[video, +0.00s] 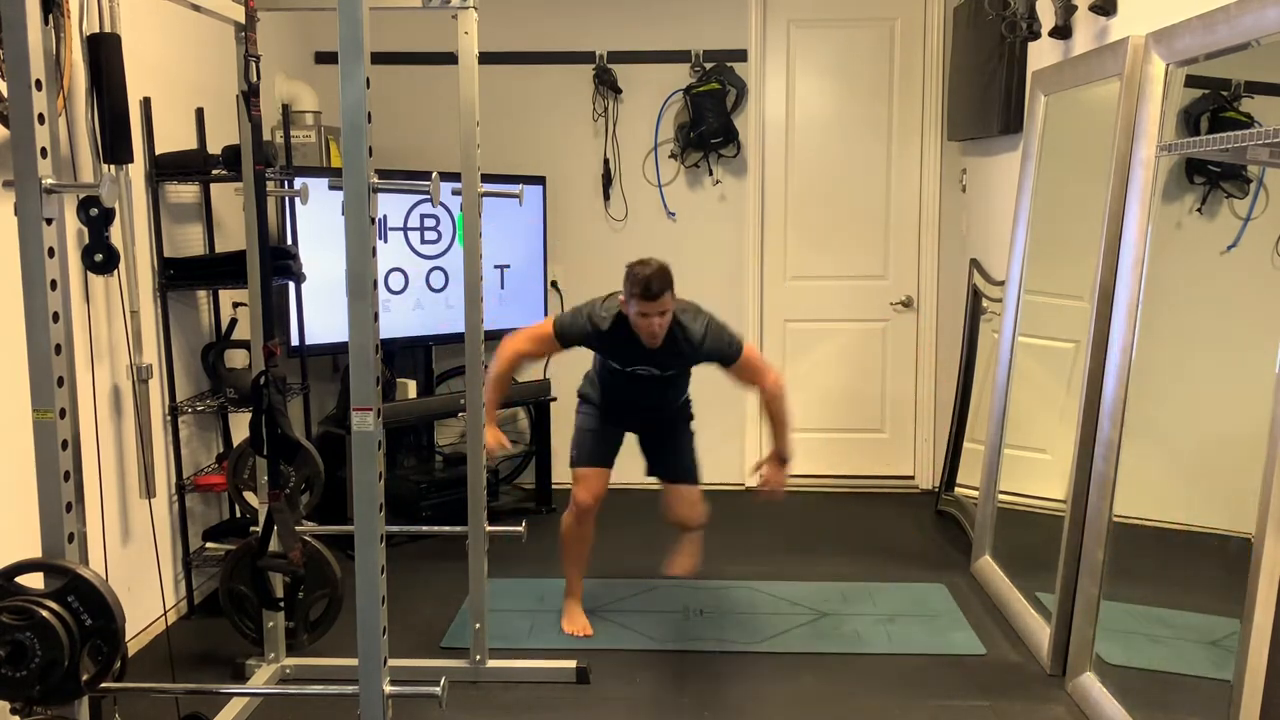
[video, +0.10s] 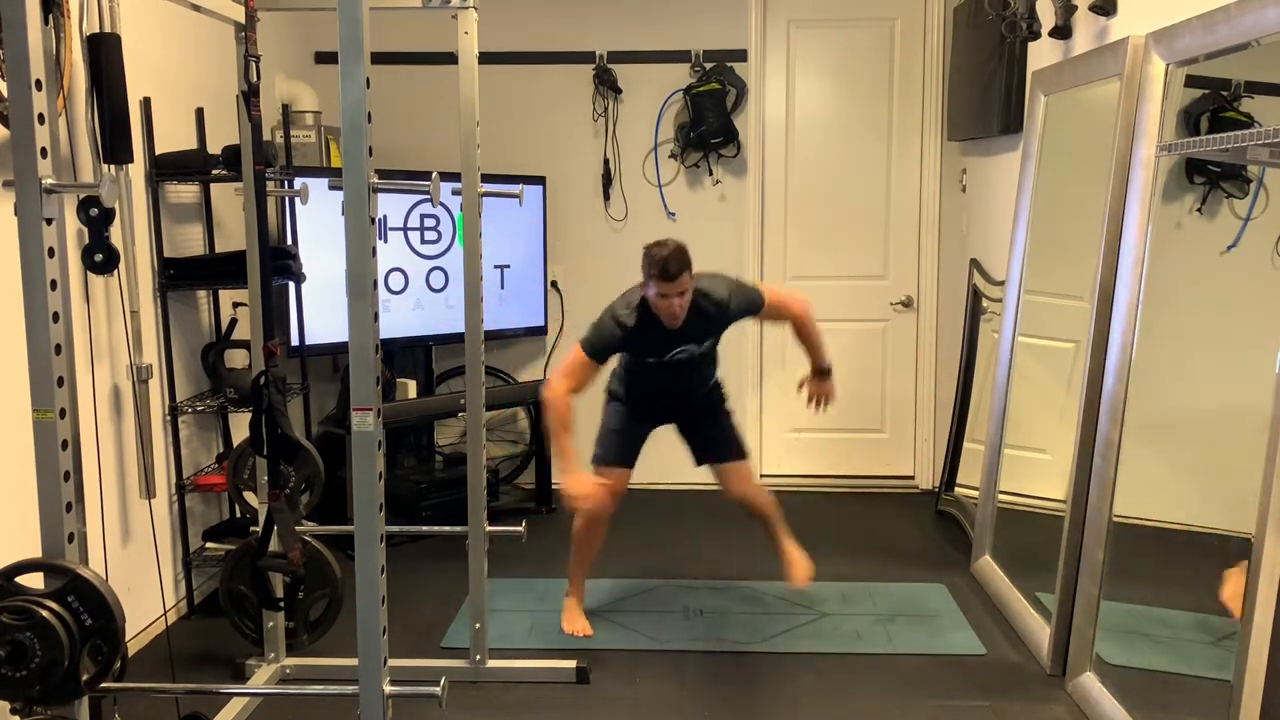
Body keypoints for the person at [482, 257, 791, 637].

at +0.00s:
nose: (657, 324)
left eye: (664, 313)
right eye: (646, 315)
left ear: (673, 302)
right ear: (625, 304)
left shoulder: (697, 328)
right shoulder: (598, 319)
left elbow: (770, 381)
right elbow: (513, 347)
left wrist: (780, 454)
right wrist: (489, 419)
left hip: (666, 411)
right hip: (604, 407)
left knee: (687, 514)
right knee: (585, 501)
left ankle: (692, 530)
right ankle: (573, 601)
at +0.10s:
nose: (675, 306)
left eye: (682, 295)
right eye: (664, 297)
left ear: (692, 282)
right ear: (646, 288)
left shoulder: (721, 298)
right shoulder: (620, 320)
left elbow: (797, 309)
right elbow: (557, 388)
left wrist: (821, 368)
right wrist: (570, 472)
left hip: (698, 396)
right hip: (633, 401)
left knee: (741, 487)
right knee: (599, 499)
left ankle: (786, 542)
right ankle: (574, 597)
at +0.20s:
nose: (708, 292)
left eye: (715, 280)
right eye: (698, 283)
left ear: (727, 267)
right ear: (680, 273)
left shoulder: (751, 267)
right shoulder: (660, 311)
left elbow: (810, 264)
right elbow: (641, 404)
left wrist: (824, 311)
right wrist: (702, 468)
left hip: (746, 374)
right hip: (683, 386)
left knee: (791, 475)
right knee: (642, 480)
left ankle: (851, 571)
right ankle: (596, 579)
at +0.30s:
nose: (751, 292)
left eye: (759, 281)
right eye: (740, 283)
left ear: (769, 267)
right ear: (719, 271)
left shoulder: (783, 263)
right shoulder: (702, 316)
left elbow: (818, 246)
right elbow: (731, 411)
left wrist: (818, 290)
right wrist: (817, 416)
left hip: (785, 379)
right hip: (726, 389)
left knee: (825, 487)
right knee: (700, 495)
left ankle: (875, 591)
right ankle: (697, 530)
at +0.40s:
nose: (787, 309)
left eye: (794, 297)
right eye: (775, 299)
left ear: (804, 284)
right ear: (754, 289)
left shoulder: (815, 285)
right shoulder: (741, 342)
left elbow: (814, 259)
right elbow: (815, 416)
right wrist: (870, 360)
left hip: (816, 392)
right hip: (761, 411)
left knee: (843, 505)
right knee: (781, 516)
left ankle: (879, 597)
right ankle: (803, 501)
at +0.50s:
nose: (807, 325)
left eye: (815, 313)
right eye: (795, 316)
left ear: (824, 301)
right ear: (774, 305)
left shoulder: (829, 297)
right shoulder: (764, 363)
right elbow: (851, 414)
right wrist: (881, 339)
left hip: (834, 409)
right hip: (789, 432)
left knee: (848, 507)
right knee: (836, 500)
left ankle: (880, 597)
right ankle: (873, 532)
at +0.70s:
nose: (812, 326)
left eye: (820, 314)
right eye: (801, 316)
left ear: (830, 302)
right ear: (782, 305)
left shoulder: (844, 310)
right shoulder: (759, 347)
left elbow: (863, 338)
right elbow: (811, 430)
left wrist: (862, 377)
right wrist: (879, 378)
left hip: (834, 410)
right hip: (785, 433)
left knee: (852, 510)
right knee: (828, 515)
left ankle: (882, 597)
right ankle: (879, 503)